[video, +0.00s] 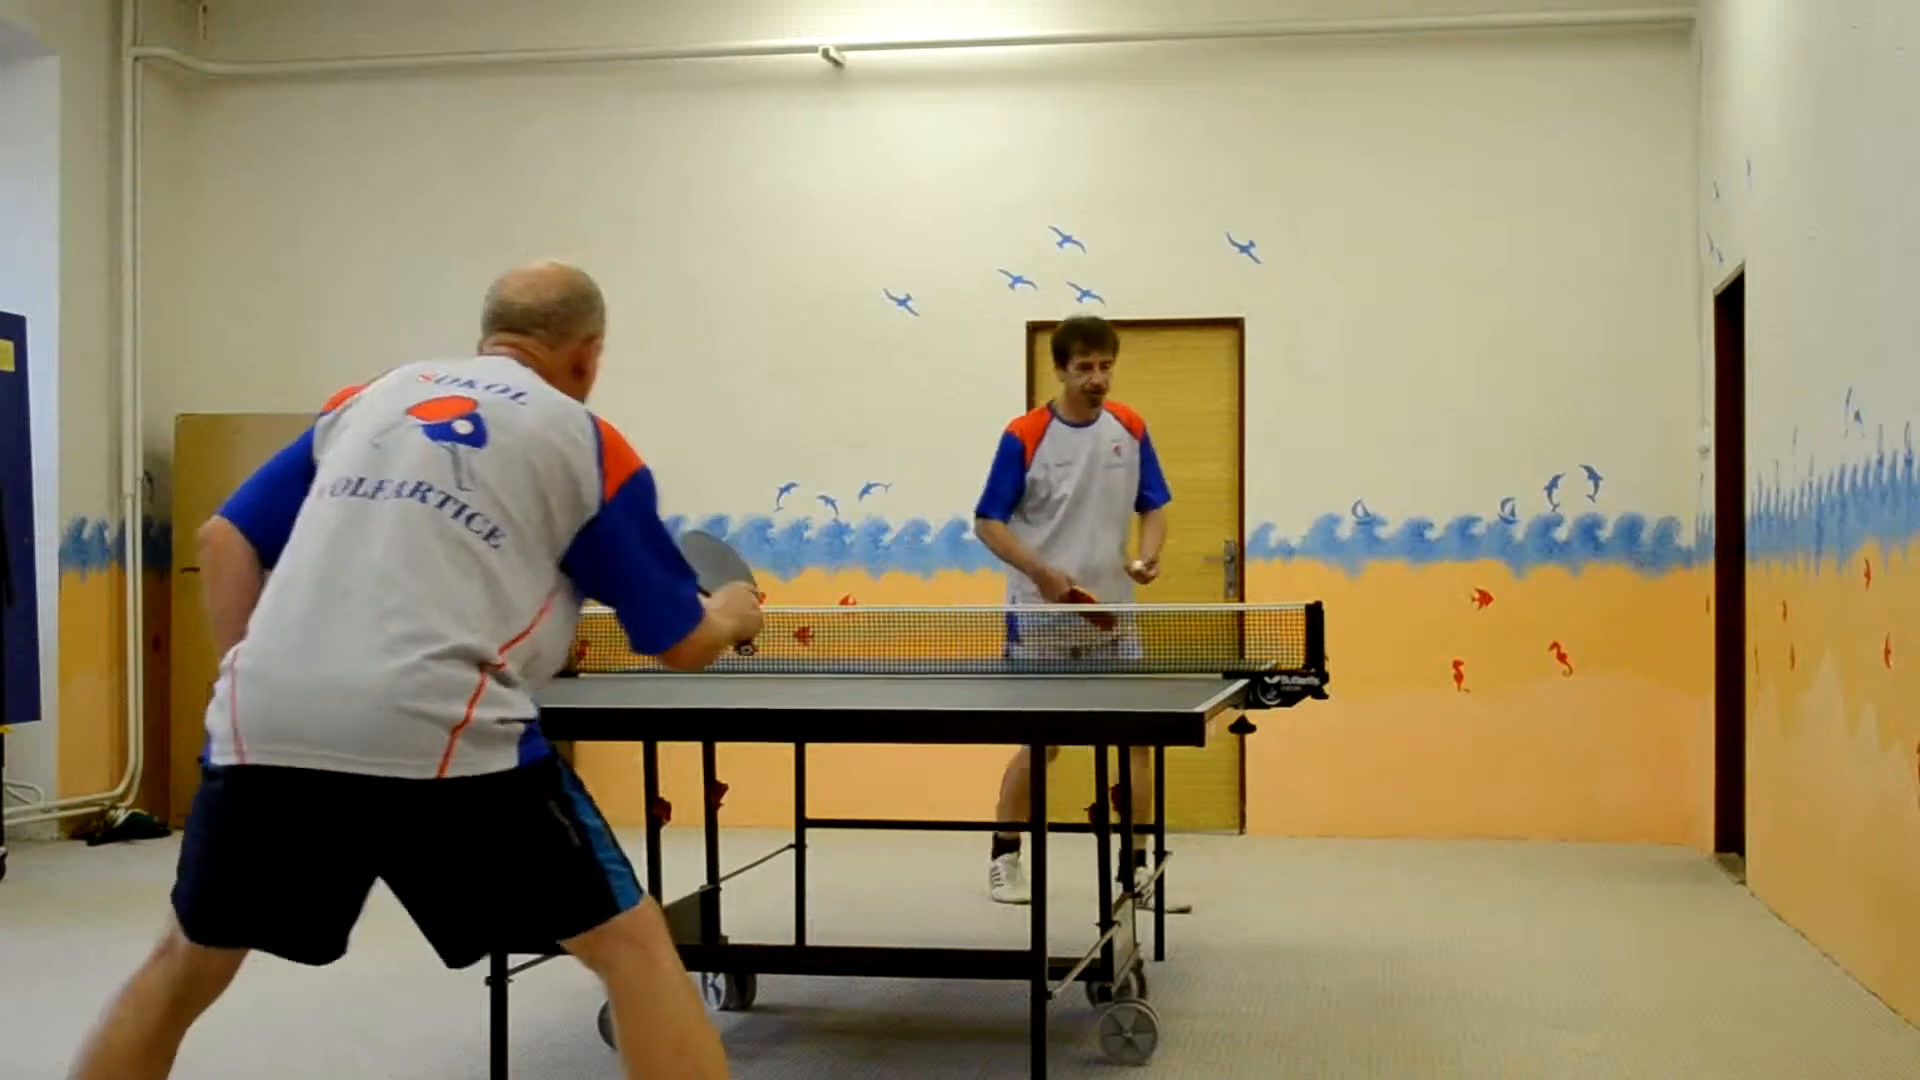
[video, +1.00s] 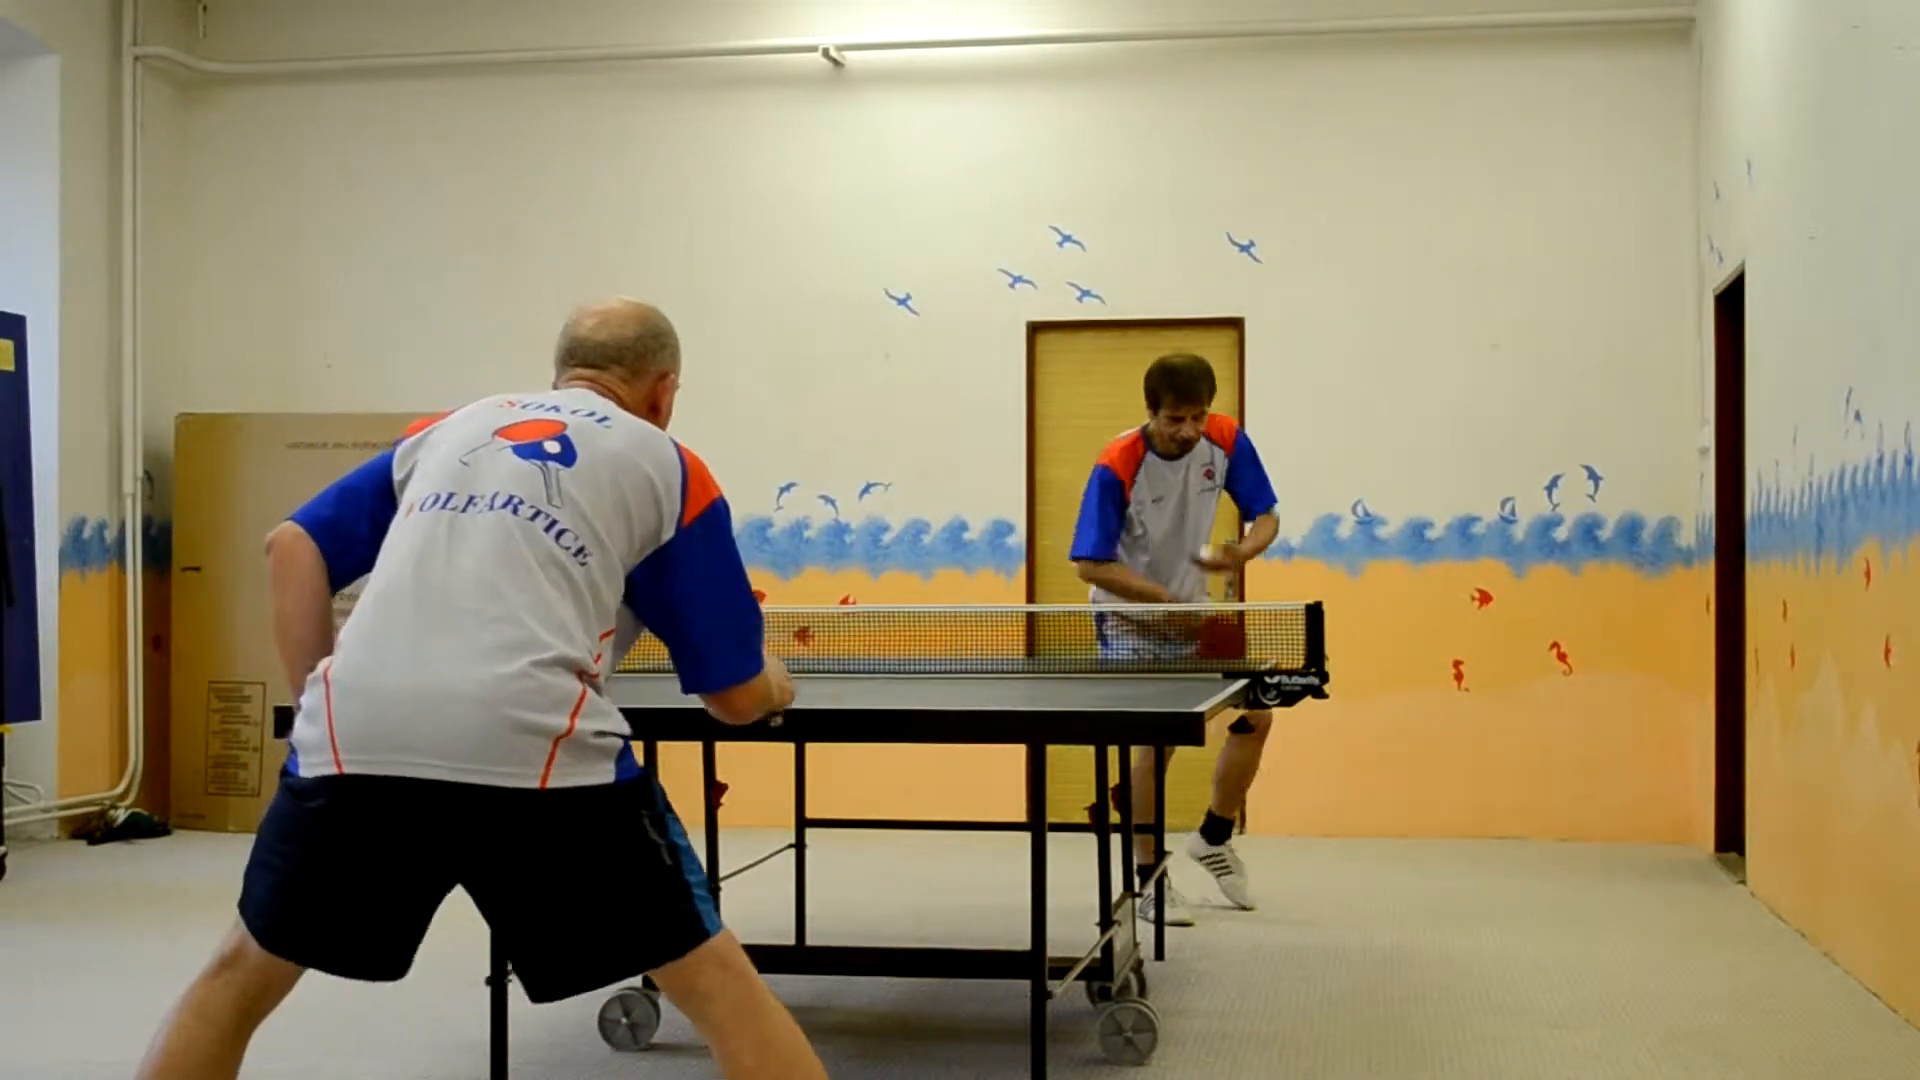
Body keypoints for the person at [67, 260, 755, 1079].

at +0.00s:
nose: (599, 372)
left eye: (599, 358)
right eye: (601, 360)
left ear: (485, 331)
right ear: (585, 358)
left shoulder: (360, 404)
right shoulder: (590, 447)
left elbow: (228, 539)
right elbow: (679, 641)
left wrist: (252, 695)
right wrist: (726, 614)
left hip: (267, 737)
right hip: (455, 745)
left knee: (180, 967)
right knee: (636, 958)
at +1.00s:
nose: (673, 410)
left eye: (672, 398)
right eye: (677, 397)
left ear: (561, 370)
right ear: (660, 392)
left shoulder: (440, 434)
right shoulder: (670, 470)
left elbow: (295, 544)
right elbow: (737, 700)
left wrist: (318, 709)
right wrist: (769, 682)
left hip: (354, 749)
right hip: (543, 755)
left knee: (242, 977)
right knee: (719, 990)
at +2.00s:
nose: (838, 394)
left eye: (841, 373)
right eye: (841, 373)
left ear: (729, 340)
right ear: (811, 366)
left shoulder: (589, 376)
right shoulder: (807, 495)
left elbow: (399, 401)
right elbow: (901, 648)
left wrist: (270, 416)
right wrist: (1032, 644)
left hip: (484, 761)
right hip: (668, 773)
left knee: (386, 989)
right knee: (825, 896)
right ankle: (907, 1074)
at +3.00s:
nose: (744, 370)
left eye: (742, 351)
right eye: (744, 352)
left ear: (631, 333)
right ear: (734, 352)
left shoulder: (510, 419)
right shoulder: (710, 486)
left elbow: (365, 566)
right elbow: (804, 711)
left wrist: (291, 672)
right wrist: (928, 716)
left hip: (406, 801)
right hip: (590, 817)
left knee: (294, 1000)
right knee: (780, 948)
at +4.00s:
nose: (741, 123)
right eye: (752, 110)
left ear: (610, 101)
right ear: (751, 100)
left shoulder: (508, 201)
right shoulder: (808, 201)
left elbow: (427, 473)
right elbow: (859, 473)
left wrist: (435, 680)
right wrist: (912, 698)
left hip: (509, 688)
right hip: (722, 696)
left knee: (538, 1030)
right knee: (750, 1030)